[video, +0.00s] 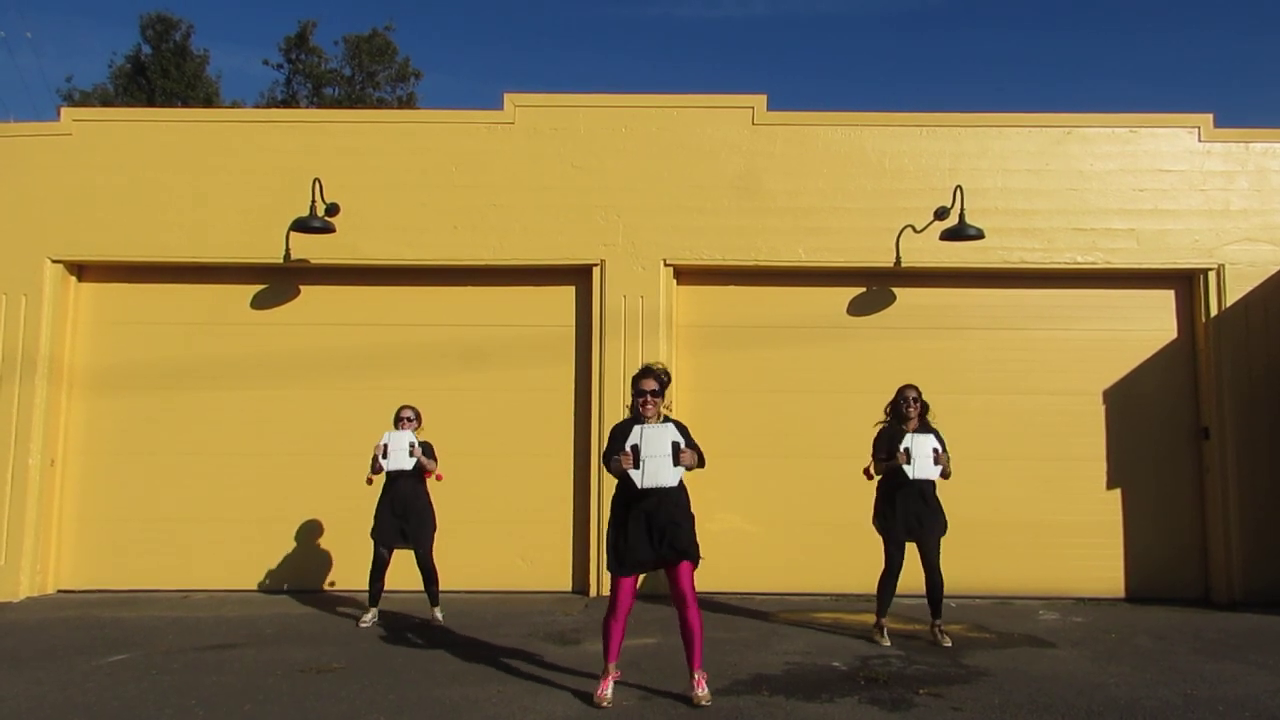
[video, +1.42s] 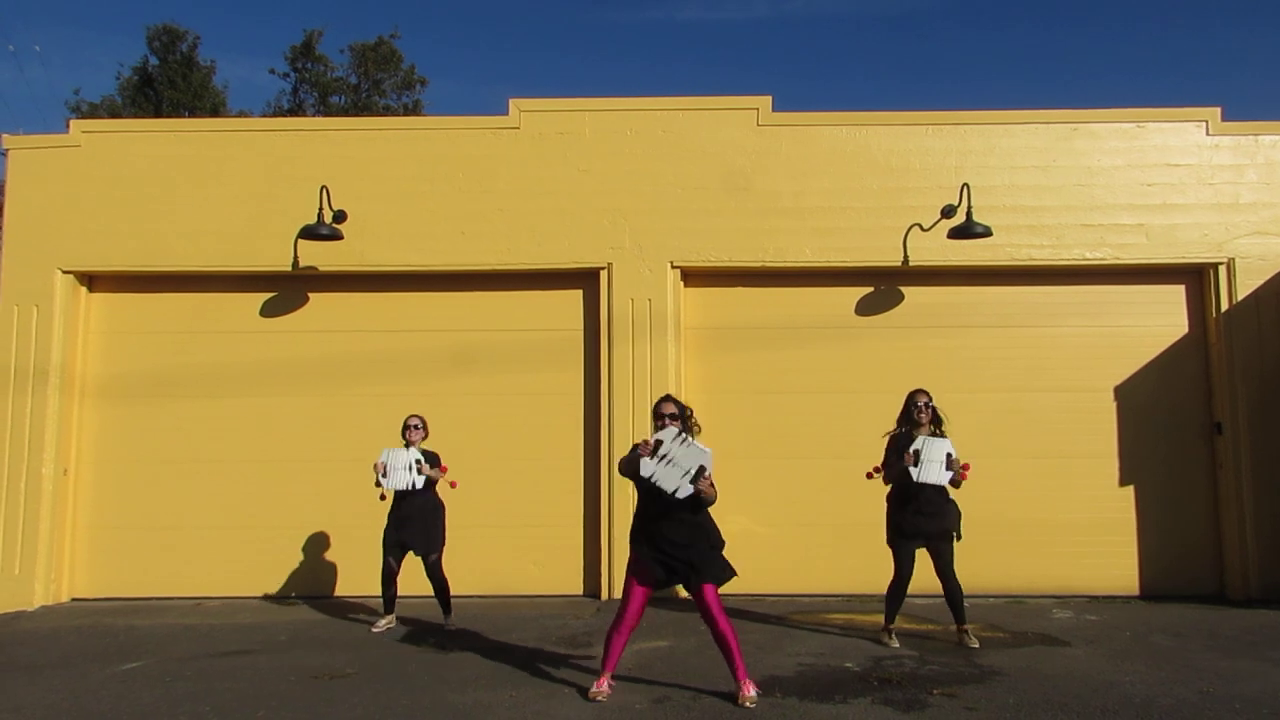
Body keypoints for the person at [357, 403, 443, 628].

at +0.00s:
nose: (405, 423)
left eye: (409, 419)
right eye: (401, 420)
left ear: (417, 423)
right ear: (395, 423)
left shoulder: (424, 446)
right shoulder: (389, 445)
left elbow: (432, 467)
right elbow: (375, 471)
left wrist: (419, 457)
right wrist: (378, 456)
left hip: (418, 510)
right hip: (389, 509)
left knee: (424, 559)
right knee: (380, 559)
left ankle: (435, 608)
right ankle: (372, 609)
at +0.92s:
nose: (413, 417)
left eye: (418, 413)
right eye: (408, 414)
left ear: (426, 418)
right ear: (402, 419)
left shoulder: (432, 441)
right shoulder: (396, 446)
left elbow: (439, 449)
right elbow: (385, 473)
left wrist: (430, 435)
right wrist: (372, 485)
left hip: (428, 505)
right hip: (399, 505)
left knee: (431, 557)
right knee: (386, 554)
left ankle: (439, 610)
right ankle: (376, 600)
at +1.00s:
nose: (416, 417)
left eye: (420, 413)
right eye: (411, 414)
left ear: (428, 416)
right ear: (407, 419)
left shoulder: (437, 437)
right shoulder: (401, 446)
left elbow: (447, 429)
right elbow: (389, 480)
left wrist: (451, 411)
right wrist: (370, 499)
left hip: (431, 503)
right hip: (402, 503)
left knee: (433, 558)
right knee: (384, 554)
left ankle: (439, 612)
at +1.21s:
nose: (418, 418)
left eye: (422, 414)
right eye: (414, 415)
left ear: (429, 418)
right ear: (407, 420)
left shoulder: (436, 440)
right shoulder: (402, 448)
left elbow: (450, 432)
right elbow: (391, 477)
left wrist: (449, 414)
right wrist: (373, 494)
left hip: (434, 505)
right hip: (406, 505)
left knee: (437, 558)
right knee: (381, 550)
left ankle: (445, 612)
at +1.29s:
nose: (413, 418)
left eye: (418, 415)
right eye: (409, 415)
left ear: (427, 418)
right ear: (404, 420)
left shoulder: (435, 439)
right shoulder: (400, 447)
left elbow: (443, 445)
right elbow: (389, 469)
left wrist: (429, 439)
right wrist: (378, 480)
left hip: (432, 504)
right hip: (404, 504)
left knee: (436, 556)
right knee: (385, 552)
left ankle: (447, 609)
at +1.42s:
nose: (412, 431)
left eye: (417, 427)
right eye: (408, 428)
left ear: (424, 432)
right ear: (403, 432)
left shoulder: (430, 457)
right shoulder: (396, 457)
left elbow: (439, 476)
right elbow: (385, 484)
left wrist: (427, 472)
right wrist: (380, 474)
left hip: (428, 516)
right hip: (400, 515)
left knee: (433, 569)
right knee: (389, 567)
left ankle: (448, 616)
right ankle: (389, 615)